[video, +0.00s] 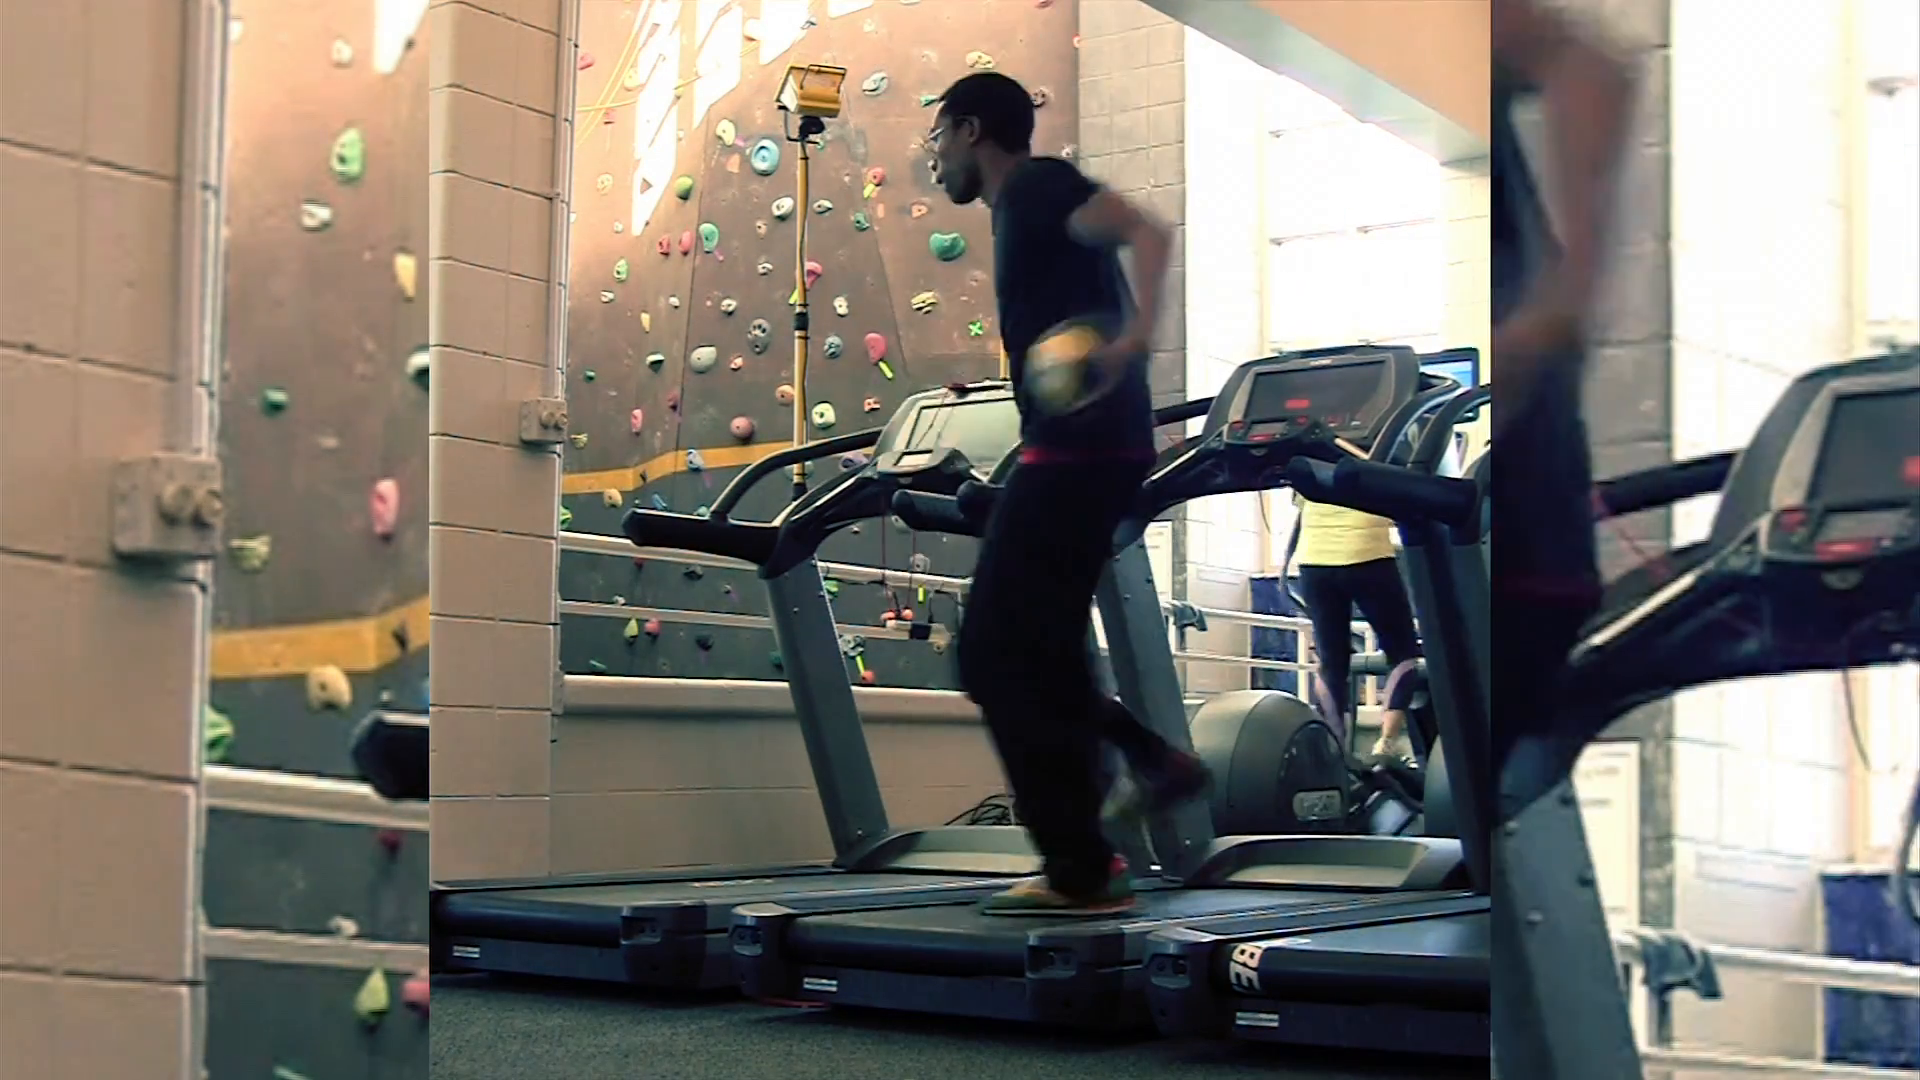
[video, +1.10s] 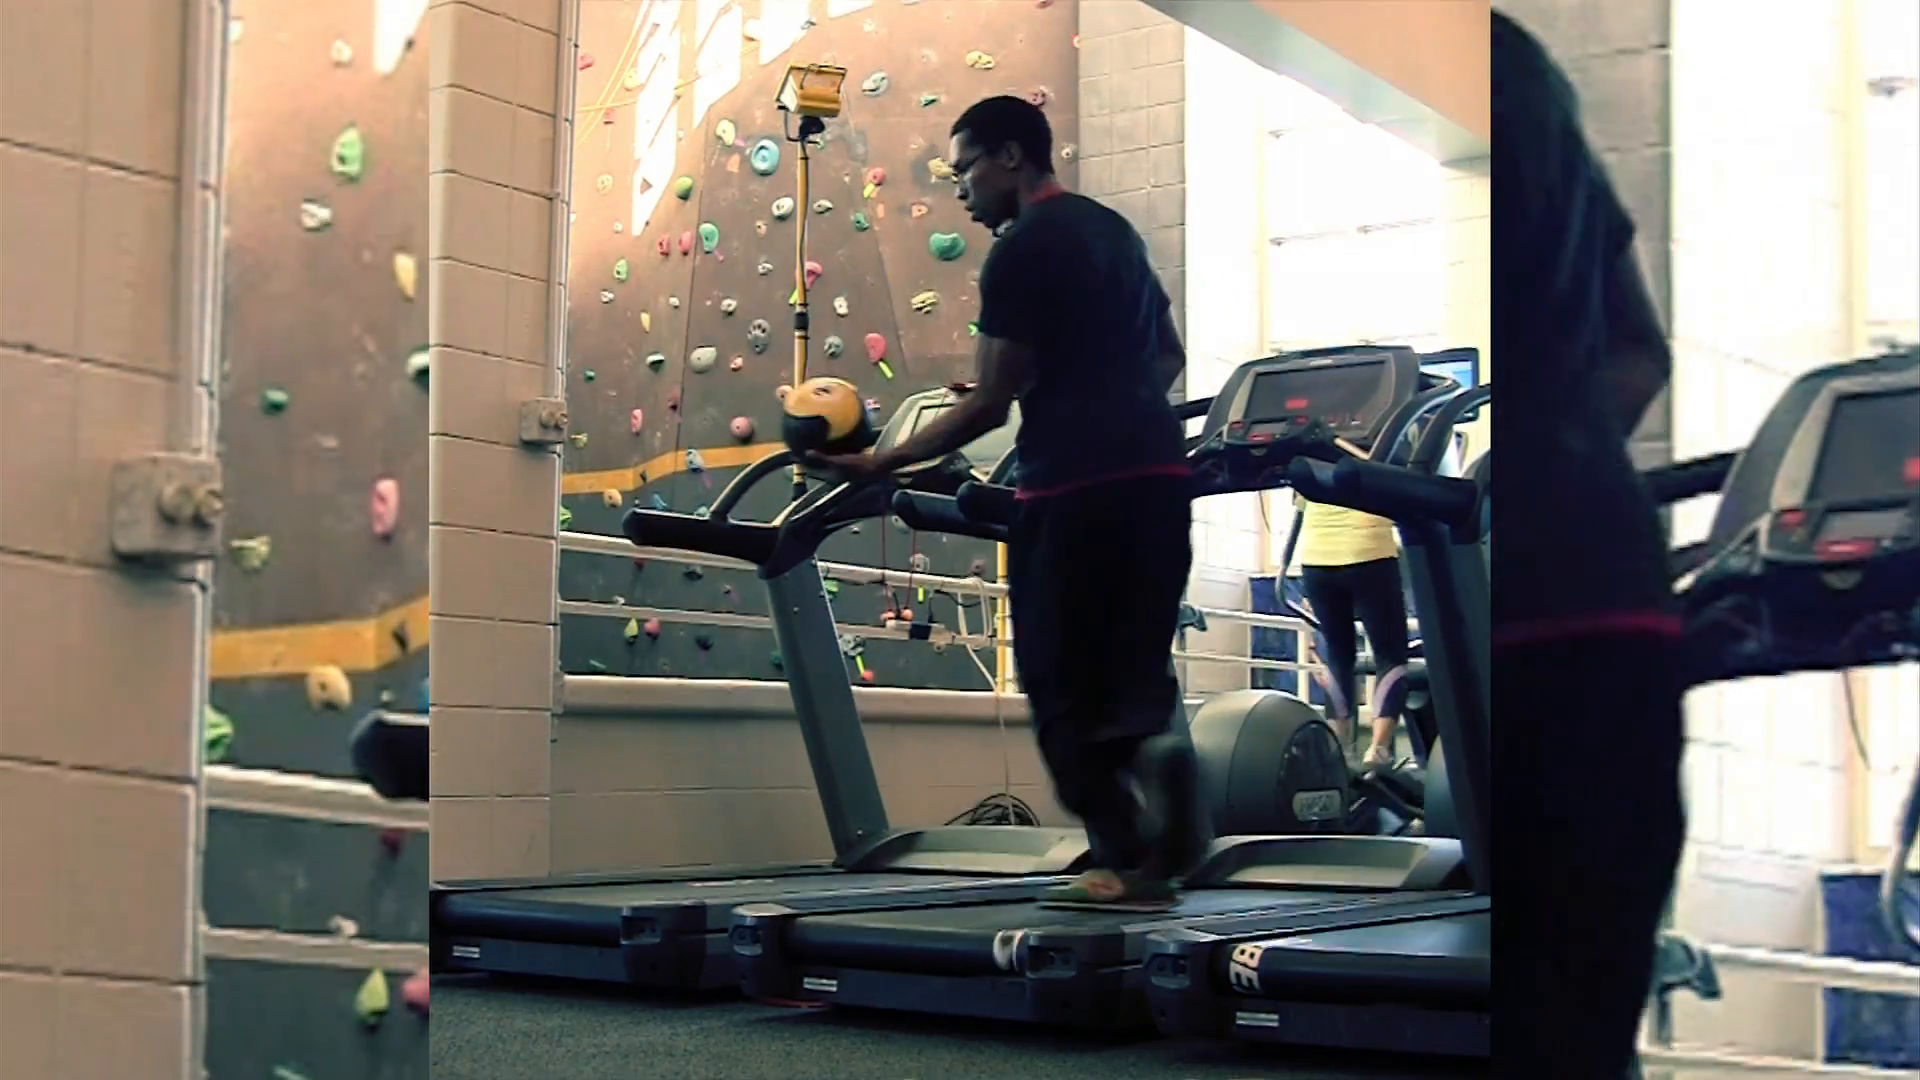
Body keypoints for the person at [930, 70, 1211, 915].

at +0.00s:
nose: (933, 155)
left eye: (939, 136)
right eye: (934, 138)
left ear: (975, 133)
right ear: (993, 134)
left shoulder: (1038, 185)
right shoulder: (1026, 203)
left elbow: (1152, 231)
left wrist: (1136, 334)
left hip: (1078, 457)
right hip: (1075, 455)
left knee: (994, 654)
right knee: (1029, 654)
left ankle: (1078, 871)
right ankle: (1162, 765)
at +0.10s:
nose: (931, 144)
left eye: (939, 126)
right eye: (932, 129)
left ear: (976, 123)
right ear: (1015, 126)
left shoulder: (1011, 191)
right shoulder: (1081, 196)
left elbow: (1037, 324)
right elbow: (1156, 326)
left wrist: (946, 421)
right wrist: (1134, 429)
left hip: (1048, 443)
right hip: (1118, 445)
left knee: (982, 644)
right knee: (1098, 628)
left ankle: (1023, 859)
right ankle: (1188, 830)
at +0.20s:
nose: (941, 140)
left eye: (947, 124)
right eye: (943, 125)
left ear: (977, 121)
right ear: (1027, 120)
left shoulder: (980, 202)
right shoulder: (1118, 186)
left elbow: (911, 346)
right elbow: (1196, 299)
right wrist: (1170, 399)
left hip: (1045, 445)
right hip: (1141, 438)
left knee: (996, 621)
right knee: (1155, 641)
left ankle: (972, 817)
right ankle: (1167, 841)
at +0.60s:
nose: (958, 179)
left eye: (963, 163)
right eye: (958, 165)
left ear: (997, 157)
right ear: (1042, 162)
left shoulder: (978, 241)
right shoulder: (1124, 224)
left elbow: (904, 370)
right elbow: (1229, 324)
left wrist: (795, 396)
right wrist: (1183, 410)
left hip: (1045, 469)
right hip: (1136, 465)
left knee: (1059, 653)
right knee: (1119, 677)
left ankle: (1025, 782)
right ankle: (1035, 848)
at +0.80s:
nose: (946, 180)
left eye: (951, 160)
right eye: (943, 163)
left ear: (992, 149)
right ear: (1028, 150)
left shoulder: (993, 232)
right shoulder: (1117, 212)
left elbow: (964, 374)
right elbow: (1189, 321)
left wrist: (857, 390)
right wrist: (1136, 391)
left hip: (1057, 452)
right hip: (1152, 444)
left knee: (1074, 644)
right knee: (1094, 646)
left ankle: (1120, 830)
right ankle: (1003, 828)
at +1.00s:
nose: (949, 183)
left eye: (955, 163)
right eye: (946, 167)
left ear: (999, 153)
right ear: (1026, 155)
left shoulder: (1009, 240)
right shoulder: (1117, 220)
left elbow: (983, 396)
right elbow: (1171, 343)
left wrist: (859, 433)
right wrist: (1101, 405)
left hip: (1065, 477)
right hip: (1160, 463)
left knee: (1075, 671)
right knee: (1139, 653)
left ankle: (1160, 849)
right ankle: (1083, 761)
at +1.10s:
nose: (959, 187)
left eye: (966, 167)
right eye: (955, 172)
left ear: (1012, 158)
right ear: (1032, 162)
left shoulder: (1020, 250)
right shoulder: (1116, 233)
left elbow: (991, 400)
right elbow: (1168, 357)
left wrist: (884, 457)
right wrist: (1092, 422)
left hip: (1072, 493)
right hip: (1156, 485)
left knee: (1057, 678)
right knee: (1140, 662)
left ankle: (1121, 860)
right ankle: (1159, 759)